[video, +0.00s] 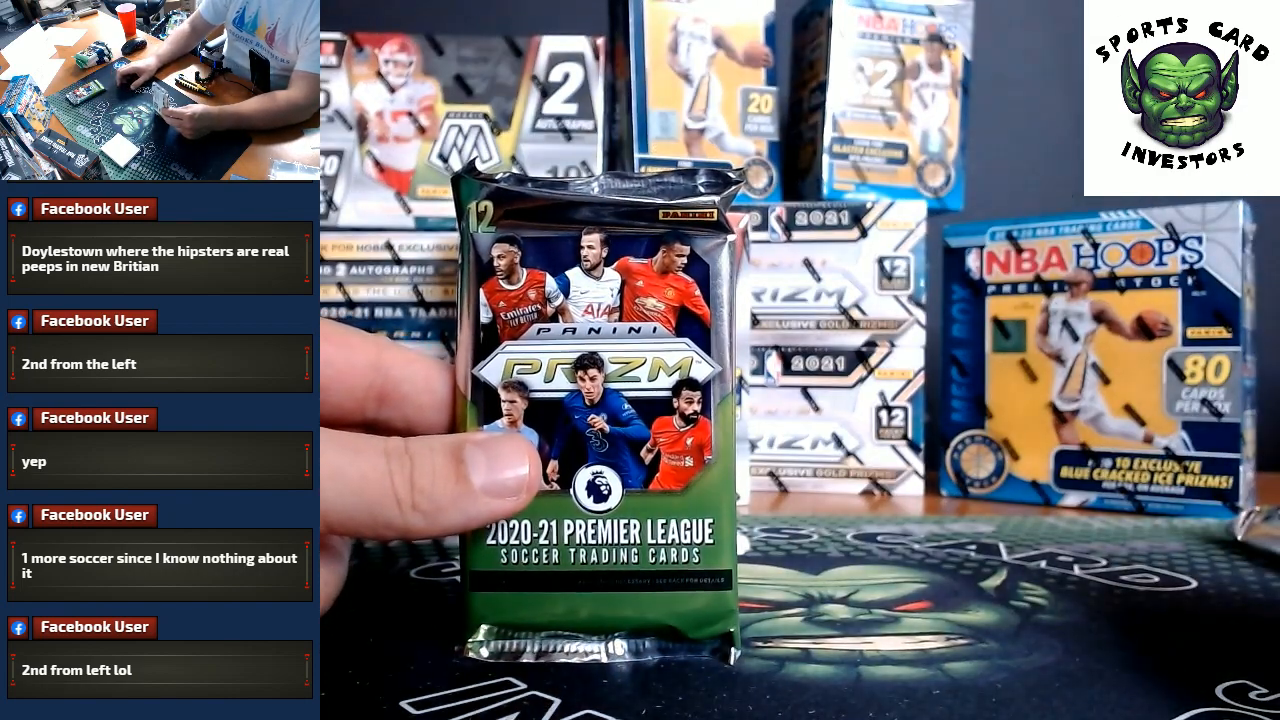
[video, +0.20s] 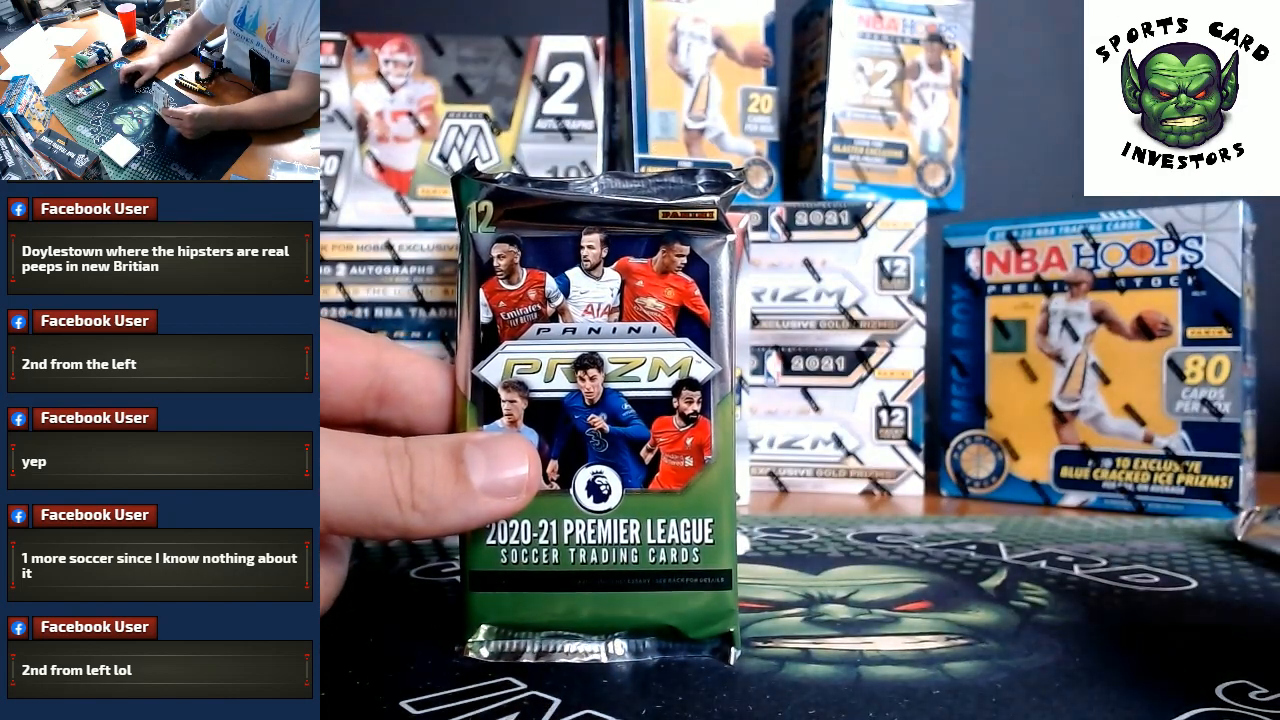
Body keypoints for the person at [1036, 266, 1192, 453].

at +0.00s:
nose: (1072, 287)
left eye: (1077, 284)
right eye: (1071, 283)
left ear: (1087, 285)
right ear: (1067, 283)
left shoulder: (1095, 308)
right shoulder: (1053, 304)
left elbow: (1126, 331)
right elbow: (1039, 334)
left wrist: (1156, 330)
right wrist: (1047, 350)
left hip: (1081, 365)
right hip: (1064, 367)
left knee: (1062, 418)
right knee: (1103, 424)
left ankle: (1078, 473)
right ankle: (1165, 442)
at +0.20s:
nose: (1072, 287)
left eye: (1077, 284)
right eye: (1071, 283)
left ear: (1087, 285)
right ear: (1067, 283)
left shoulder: (1095, 308)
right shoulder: (1053, 304)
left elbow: (1126, 331)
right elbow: (1039, 334)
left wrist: (1156, 329)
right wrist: (1047, 350)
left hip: (1081, 365)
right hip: (1064, 367)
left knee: (1062, 418)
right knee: (1103, 424)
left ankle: (1078, 473)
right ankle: (1165, 442)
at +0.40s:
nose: (1072, 287)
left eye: (1077, 284)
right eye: (1071, 283)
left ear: (1087, 285)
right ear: (1067, 283)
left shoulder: (1095, 308)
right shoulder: (1053, 304)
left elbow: (1126, 331)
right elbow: (1039, 334)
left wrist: (1156, 329)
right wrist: (1047, 350)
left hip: (1081, 365)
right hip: (1064, 367)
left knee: (1062, 418)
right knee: (1103, 424)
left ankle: (1078, 473)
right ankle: (1165, 442)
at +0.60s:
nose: (1072, 287)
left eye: (1077, 284)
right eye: (1071, 283)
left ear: (1087, 285)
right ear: (1067, 283)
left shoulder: (1095, 308)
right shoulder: (1053, 304)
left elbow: (1126, 331)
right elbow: (1039, 334)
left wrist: (1156, 330)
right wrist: (1047, 350)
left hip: (1081, 365)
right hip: (1064, 367)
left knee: (1062, 418)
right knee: (1103, 424)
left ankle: (1078, 473)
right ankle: (1165, 442)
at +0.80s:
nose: (1072, 287)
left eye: (1077, 284)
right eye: (1071, 283)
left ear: (1087, 285)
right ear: (1067, 283)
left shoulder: (1095, 308)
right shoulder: (1053, 304)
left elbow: (1126, 331)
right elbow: (1039, 334)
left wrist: (1156, 330)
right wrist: (1047, 350)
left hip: (1081, 365)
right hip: (1064, 367)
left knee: (1062, 418)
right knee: (1103, 424)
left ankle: (1078, 473)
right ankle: (1165, 442)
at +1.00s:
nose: (1073, 288)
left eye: (1078, 284)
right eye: (1071, 283)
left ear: (1088, 285)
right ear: (1067, 283)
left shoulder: (1096, 308)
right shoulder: (1052, 304)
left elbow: (1126, 331)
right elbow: (1039, 334)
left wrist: (1156, 330)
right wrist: (1047, 349)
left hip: (1081, 366)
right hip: (1064, 367)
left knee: (1062, 418)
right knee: (1104, 424)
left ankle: (1078, 475)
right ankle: (1166, 442)